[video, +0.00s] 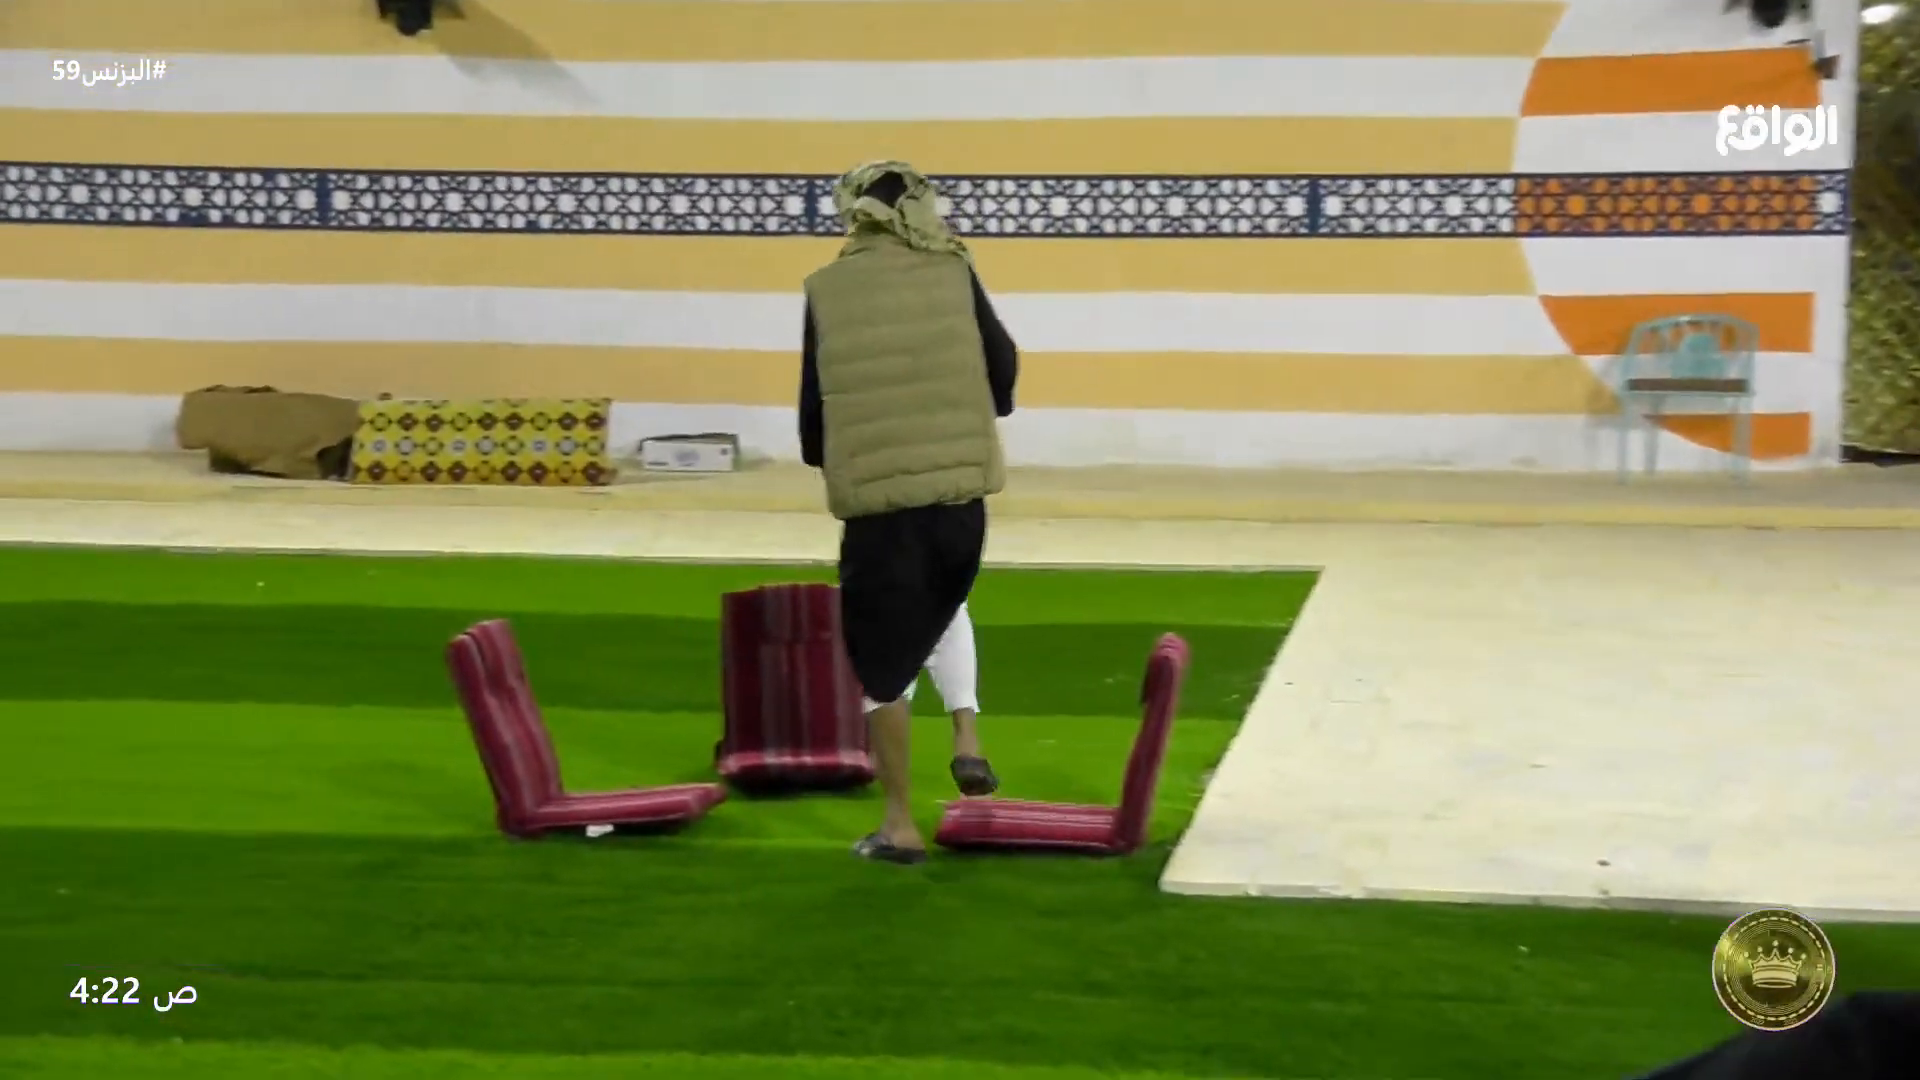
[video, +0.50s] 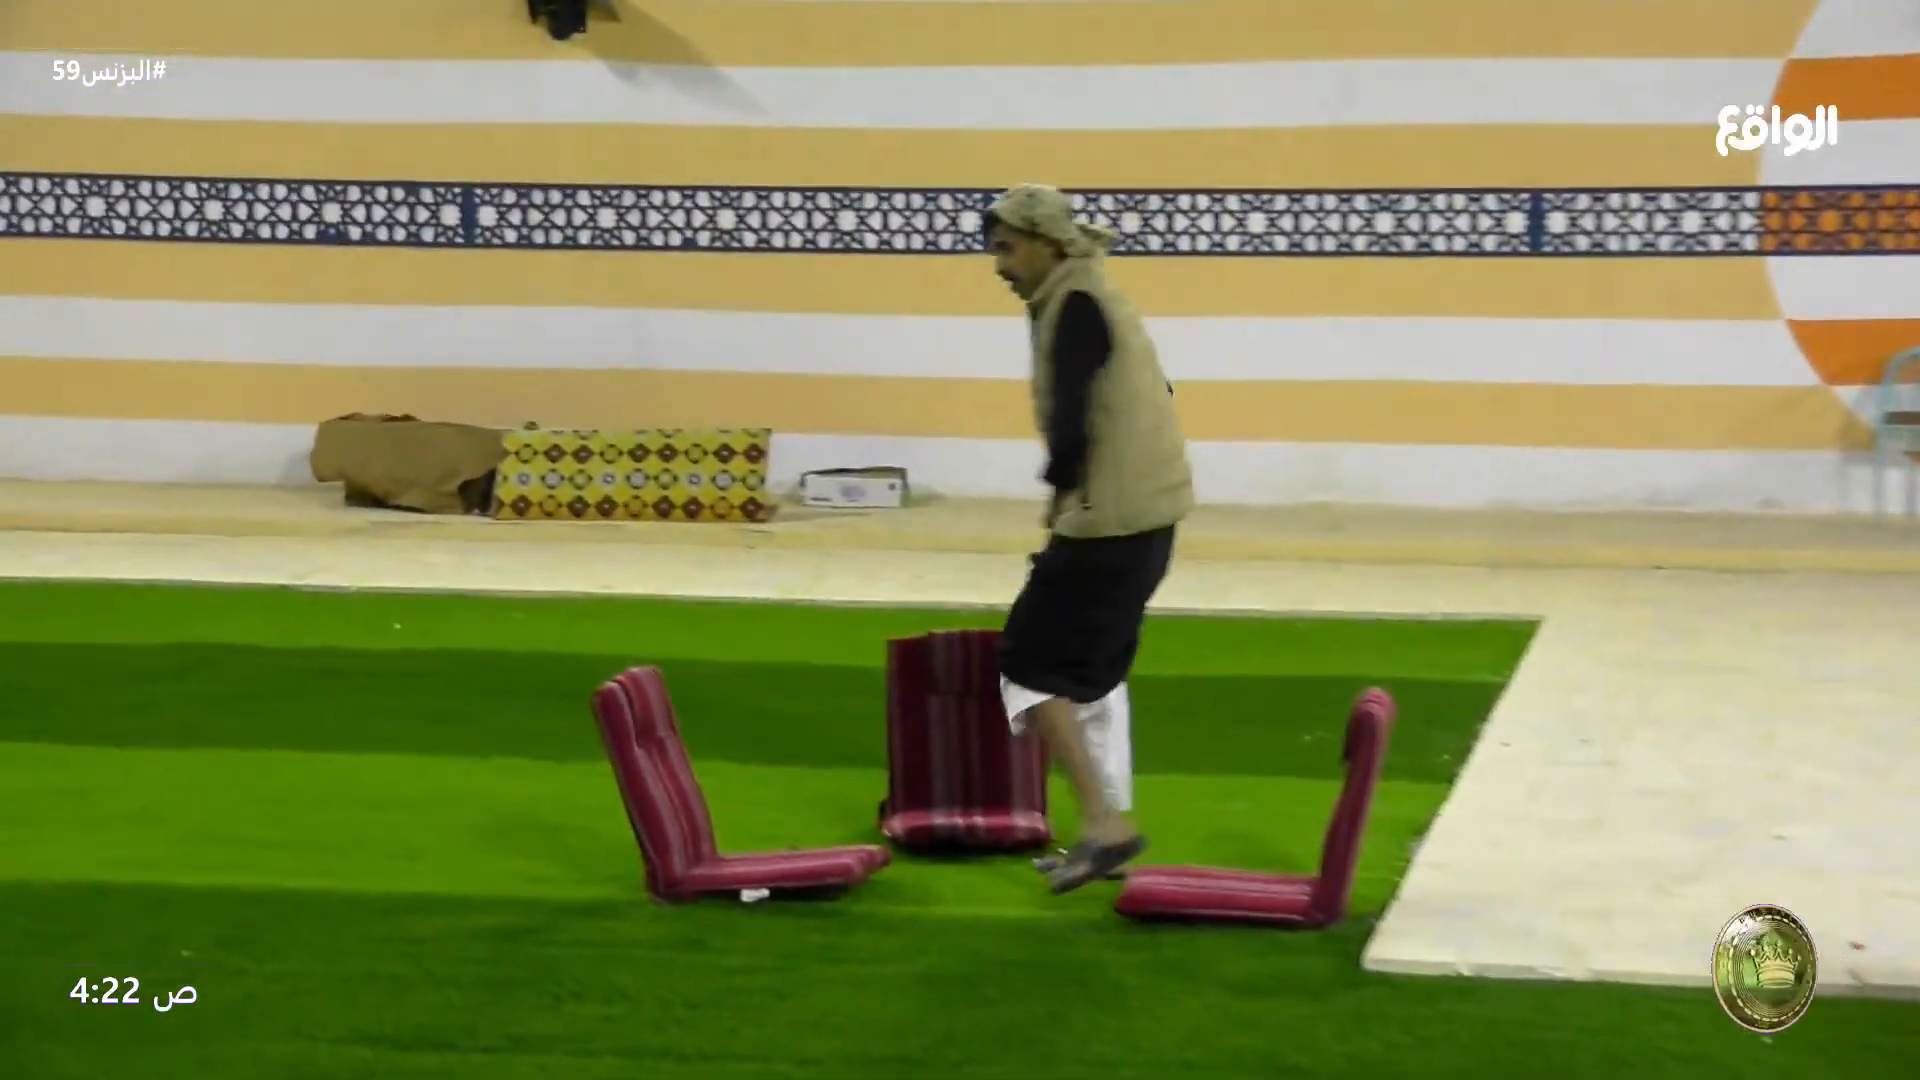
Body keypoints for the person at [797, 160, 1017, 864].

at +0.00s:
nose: (843, 224)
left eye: (846, 213)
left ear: (854, 219)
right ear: (920, 209)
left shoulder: (828, 287)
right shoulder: (954, 270)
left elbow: (815, 410)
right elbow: (1001, 358)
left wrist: (831, 458)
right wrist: (980, 411)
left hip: (877, 511)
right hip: (960, 505)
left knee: (885, 671)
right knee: (947, 602)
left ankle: (899, 826)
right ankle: (968, 742)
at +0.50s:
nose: (997, 264)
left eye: (1005, 248)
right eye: (994, 249)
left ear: (1045, 245)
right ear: (1052, 248)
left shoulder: (1073, 307)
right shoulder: (1094, 298)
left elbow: (1071, 415)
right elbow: (1149, 395)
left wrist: (1060, 491)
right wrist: (1087, 483)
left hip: (1109, 523)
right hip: (1140, 517)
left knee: (1031, 665)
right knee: (1075, 675)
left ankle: (1105, 825)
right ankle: (1104, 831)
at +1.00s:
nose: (1207, 227)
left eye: (1222, 215)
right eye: (1207, 213)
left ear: (1267, 226)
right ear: (1220, 224)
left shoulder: (1310, 311)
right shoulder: (1199, 303)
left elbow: (1299, 442)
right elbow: (1202, 415)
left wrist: (1247, 541)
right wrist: (1168, 474)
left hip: (1290, 556)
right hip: (1204, 547)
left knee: (1309, 720)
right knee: (1184, 711)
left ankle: (1345, 881)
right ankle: (1196, 899)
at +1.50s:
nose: (1319, 187)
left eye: (1335, 171)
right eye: (1313, 172)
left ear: (1386, 175)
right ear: (1313, 176)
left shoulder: (1443, 275)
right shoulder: (1294, 265)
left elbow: (1456, 421)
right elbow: (1210, 349)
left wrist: (1402, 531)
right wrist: (1115, 429)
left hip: (1400, 547)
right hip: (1300, 542)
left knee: (1396, 738)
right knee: (1290, 719)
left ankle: (1398, 928)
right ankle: (1359, 880)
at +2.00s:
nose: (1201, 204)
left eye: (1212, 185)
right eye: (1194, 188)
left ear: (1267, 174)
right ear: (1219, 186)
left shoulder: (1363, 229)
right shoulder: (1234, 273)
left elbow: (1429, 361)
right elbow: (1248, 407)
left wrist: (1380, 477)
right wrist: (1241, 534)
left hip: (1396, 501)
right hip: (1314, 516)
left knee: (1350, 678)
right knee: (1338, 696)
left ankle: (1390, 897)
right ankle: (1378, 904)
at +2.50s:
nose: (1130, 230)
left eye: (1134, 213)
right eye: (1126, 215)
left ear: (1177, 198)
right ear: (1187, 196)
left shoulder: (1236, 271)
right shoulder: (1253, 239)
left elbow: (1272, 402)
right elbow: (1265, 374)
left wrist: (1252, 523)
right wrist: (1215, 443)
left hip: (1304, 534)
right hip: (1312, 515)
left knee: (1267, 706)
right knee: (1239, 686)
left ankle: (1292, 917)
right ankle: (1310, 873)